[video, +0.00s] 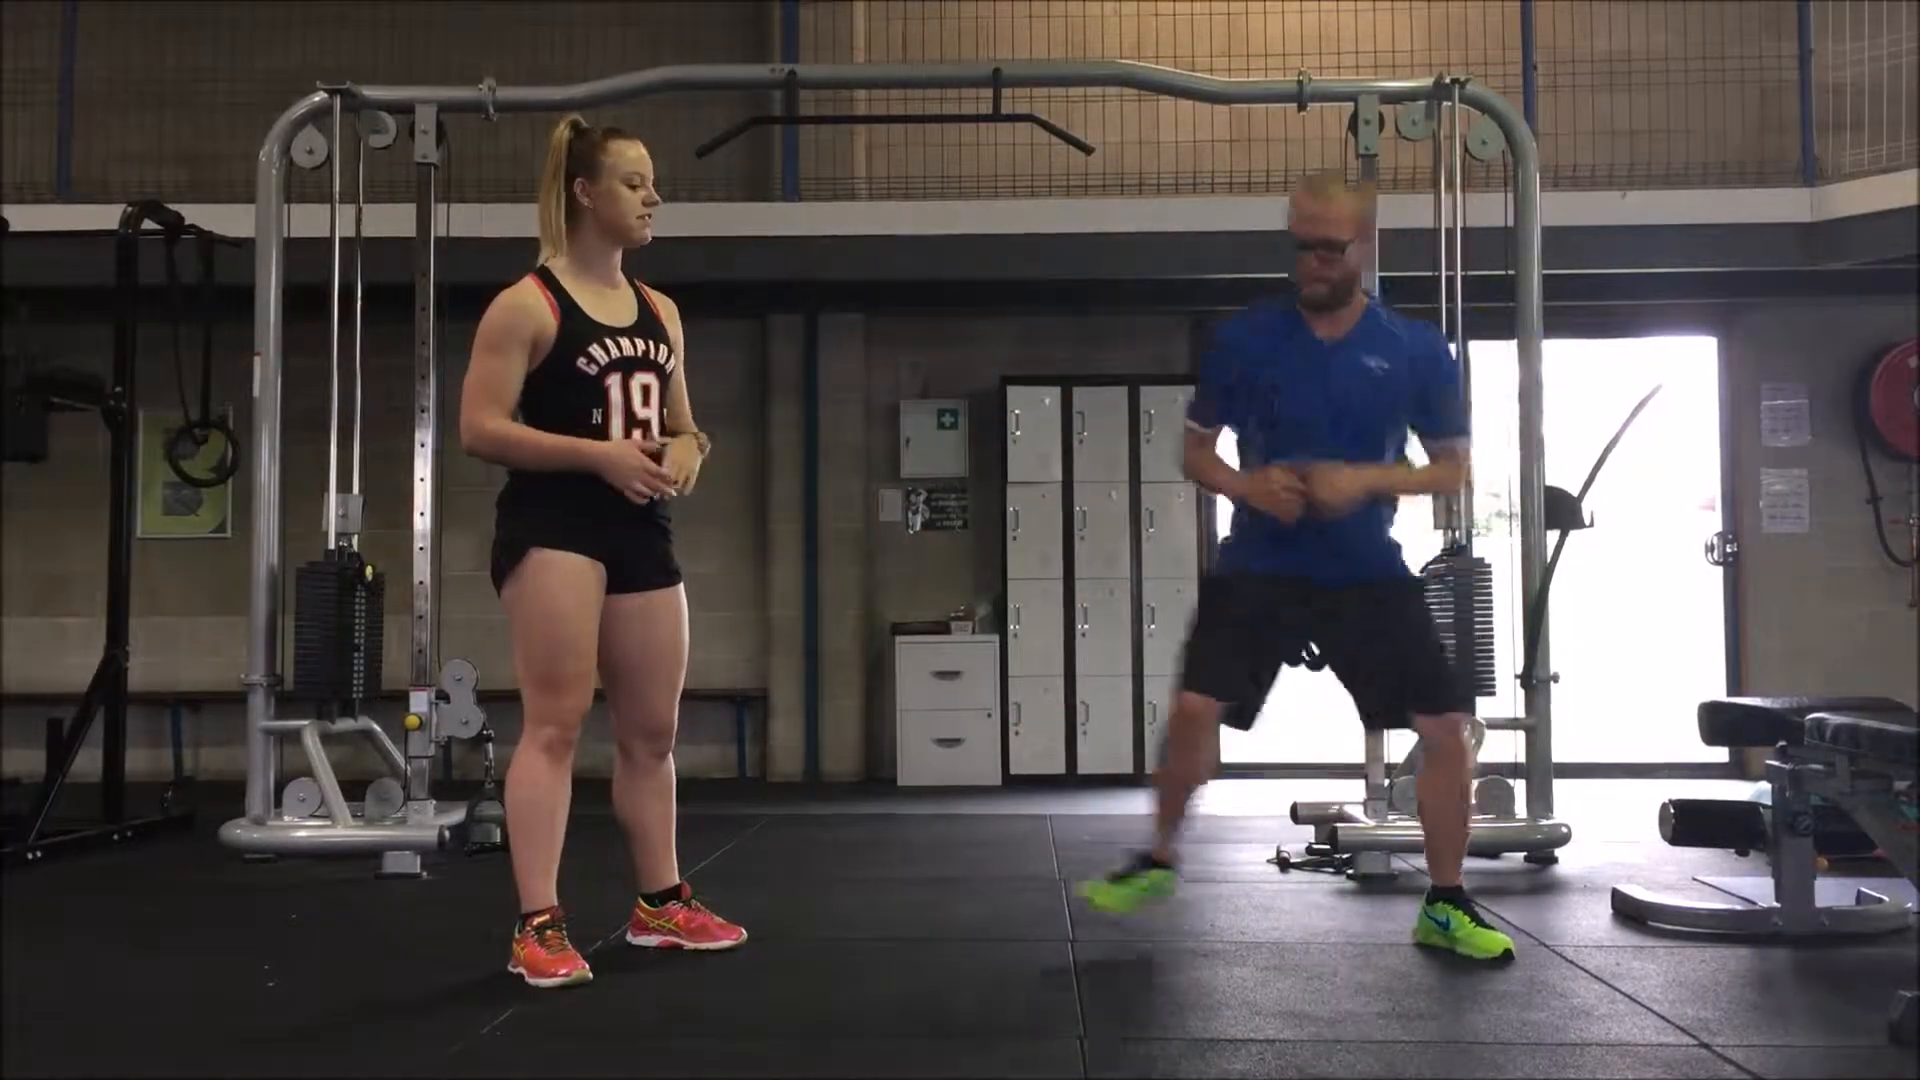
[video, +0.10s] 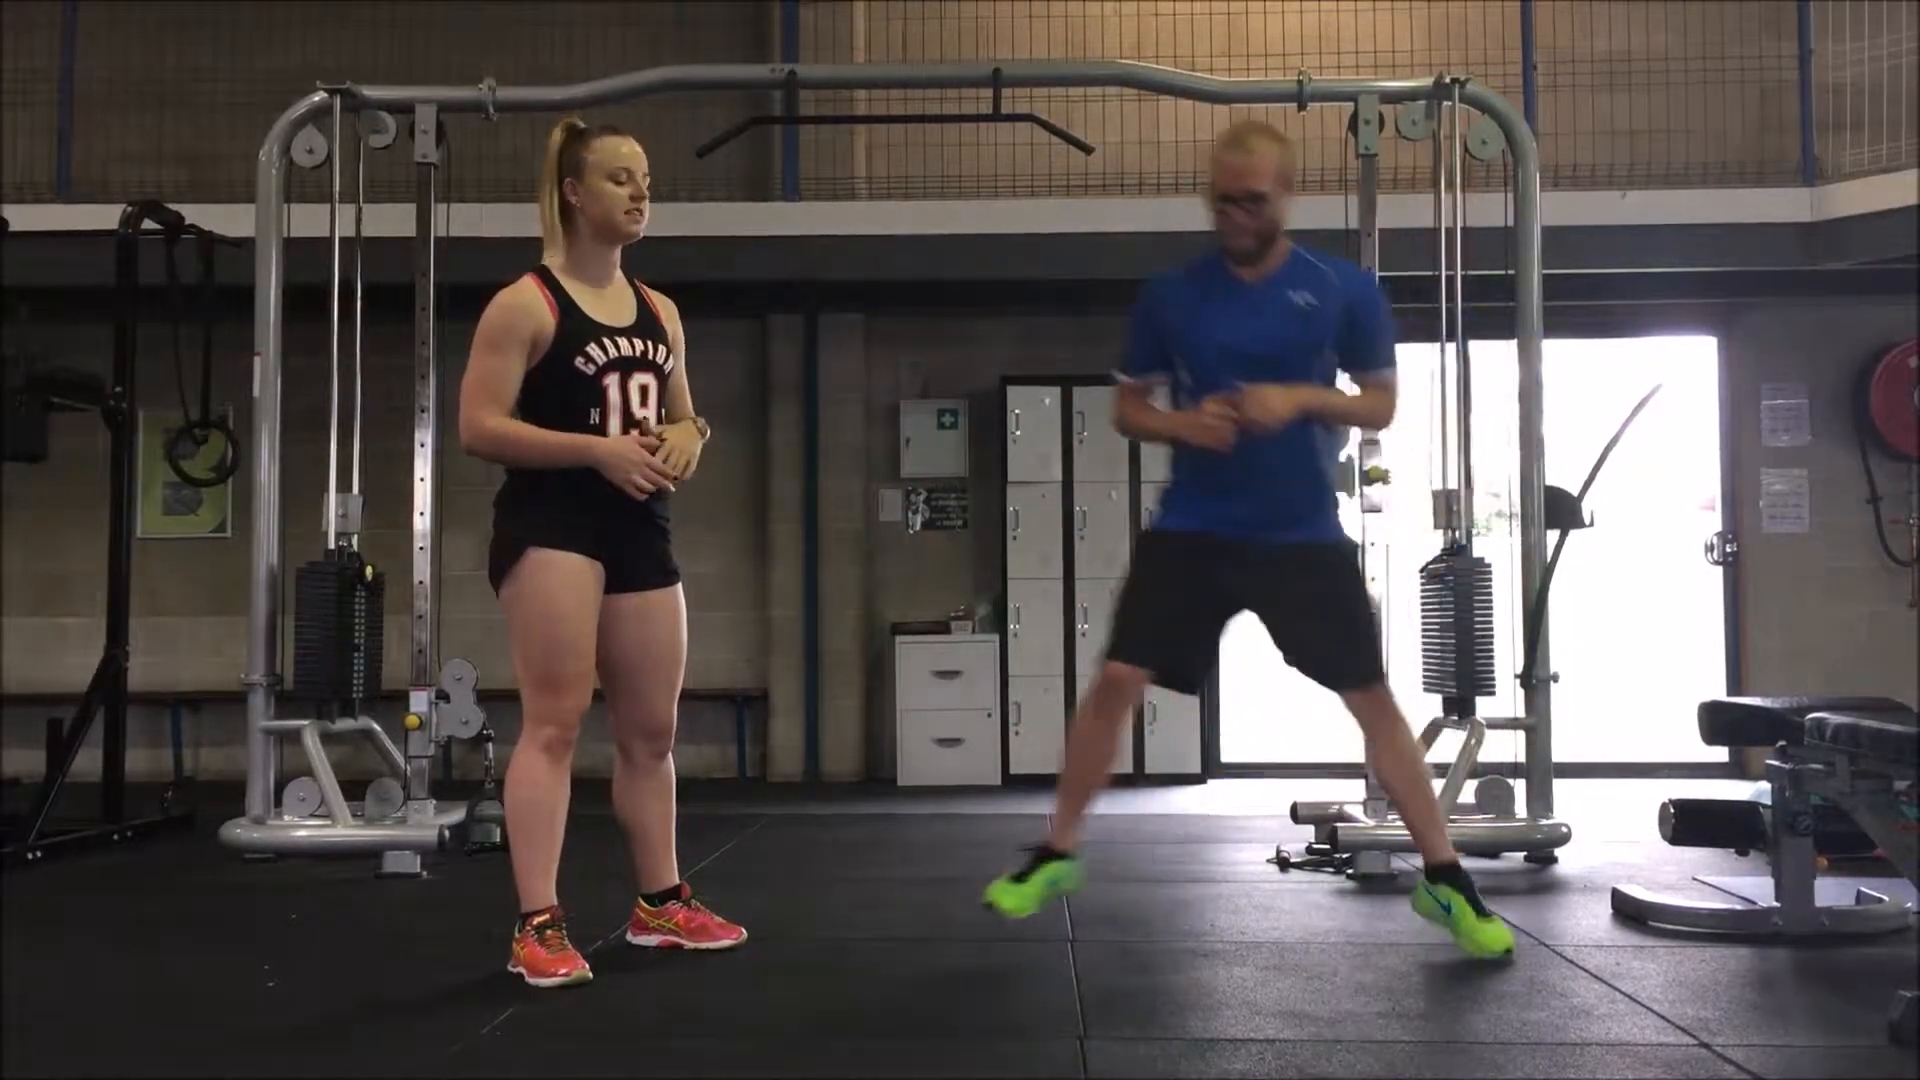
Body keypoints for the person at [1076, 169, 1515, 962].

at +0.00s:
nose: (1313, 263)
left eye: (1332, 249)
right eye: (1302, 246)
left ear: (1368, 248)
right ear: (1288, 242)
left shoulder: (1417, 350)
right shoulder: (1244, 341)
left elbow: (1453, 472)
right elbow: (1194, 452)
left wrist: (1363, 480)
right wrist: (1245, 487)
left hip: (1366, 573)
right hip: (1258, 570)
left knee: (1445, 721)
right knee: (1192, 708)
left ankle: (1447, 900)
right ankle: (1158, 861)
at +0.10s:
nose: (1240, 215)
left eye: (1256, 200)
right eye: (1227, 199)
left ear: (1289, 196)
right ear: (1210, 193)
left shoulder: (1345, 290)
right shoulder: (1170, 295)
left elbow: (1380, 406)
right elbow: (1128, 409)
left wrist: (1299, 398)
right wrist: (1181, 424)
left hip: (1303, 541)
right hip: (1189, 538)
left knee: (1374, 700)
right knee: (1116, 680)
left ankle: (1445, 876)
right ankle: (1057, 851)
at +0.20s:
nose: (1167, 197)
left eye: (1181, 181)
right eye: (1153, 182)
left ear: (1210, 178)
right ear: (1133, 183)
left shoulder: (1266, 271)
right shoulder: (1093, 283)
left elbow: (1302, 392)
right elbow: (1057, 401)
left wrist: (1227, 382)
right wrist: (1113, 408)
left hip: (1232, 526)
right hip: (1120, 529)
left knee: (1317, 679)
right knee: (1050, 691)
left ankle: (1379, 846)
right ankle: (983, 867)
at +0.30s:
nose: (1101, 215)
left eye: (1117, 200)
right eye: (1087, 200)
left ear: (1145, 202)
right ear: (1066, 203)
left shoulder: (1196, 299)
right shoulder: (1024, 307)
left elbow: (1228, 420)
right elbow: (983, 428)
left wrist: (1163, 419)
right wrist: (1048, 439)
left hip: (1161, 548)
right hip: (1054, 554)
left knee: (1254, 687)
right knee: (1002, 717)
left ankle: (1284, 833)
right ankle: (963, 893)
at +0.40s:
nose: (1049, 233)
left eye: (1063, 219)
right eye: (1034, 220)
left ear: (1089, 220)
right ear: (1011, 223)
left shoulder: (1139, 321)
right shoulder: (973, 331)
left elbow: (1182, 435)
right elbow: (938, 453)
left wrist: (1113, 446)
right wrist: (1002, 465)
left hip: (1117, 567)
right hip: (1011, 575)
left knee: (1198, 712)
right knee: (981, 739)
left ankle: (1202, 833)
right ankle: (961, 899)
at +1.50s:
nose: (1128, 263)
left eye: (1141, 247)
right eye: (1112, 246)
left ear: (1155, 238)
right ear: (1077, 234)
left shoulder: (1188, 320)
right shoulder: (1024, 341)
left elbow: (1229, 429)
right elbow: (987, 456)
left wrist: (1178, 442)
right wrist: (1058, 469)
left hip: (1174, 563)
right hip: (1064, 572)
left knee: (1262, 694)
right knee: (1010, 729)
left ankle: (1307, 861)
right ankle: (964, 897)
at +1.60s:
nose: (1222, 230)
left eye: (1231, 213)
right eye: (1206, 214)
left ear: (1243, 203)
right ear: (1163, 206)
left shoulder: (1272, 287)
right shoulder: (1100, 295)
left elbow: (1304, 405)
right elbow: (1065, 418)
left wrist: (1257, 405)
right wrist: (1146, 425)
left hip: (1243, 537)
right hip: (1131, 541)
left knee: (1334, 690)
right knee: (1051, 699)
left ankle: (1416, 856)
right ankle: (976, 859)